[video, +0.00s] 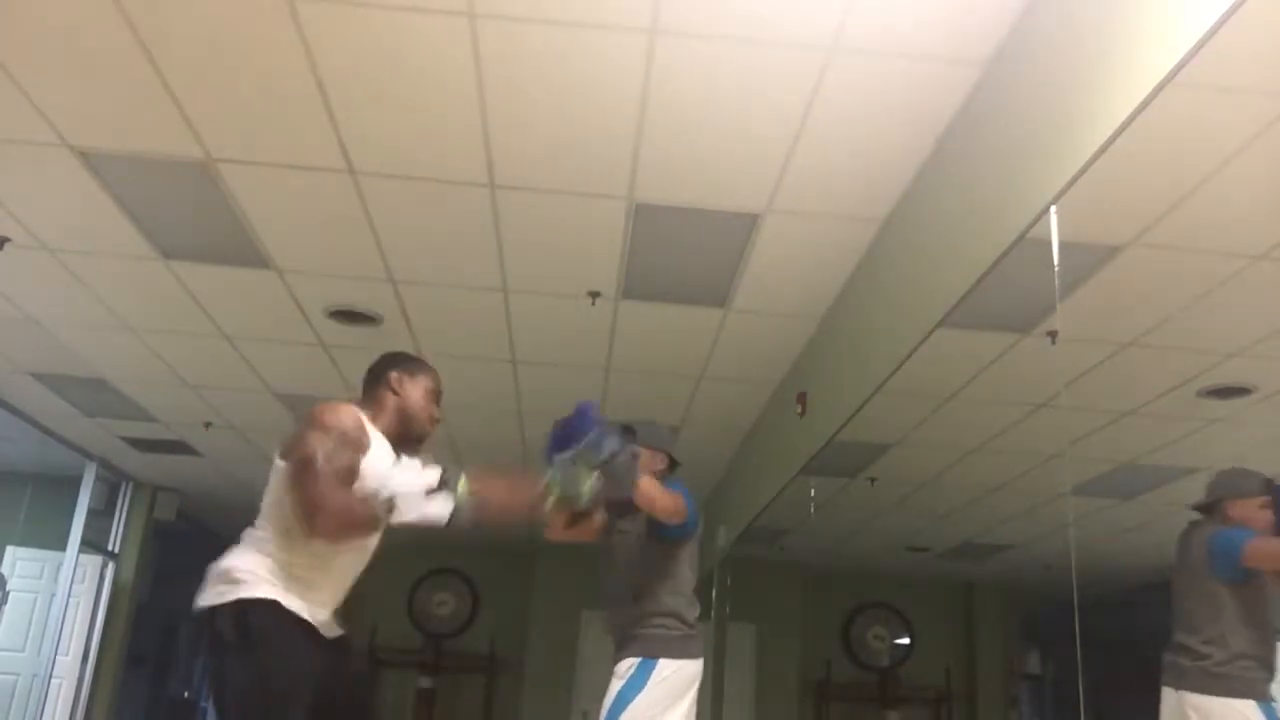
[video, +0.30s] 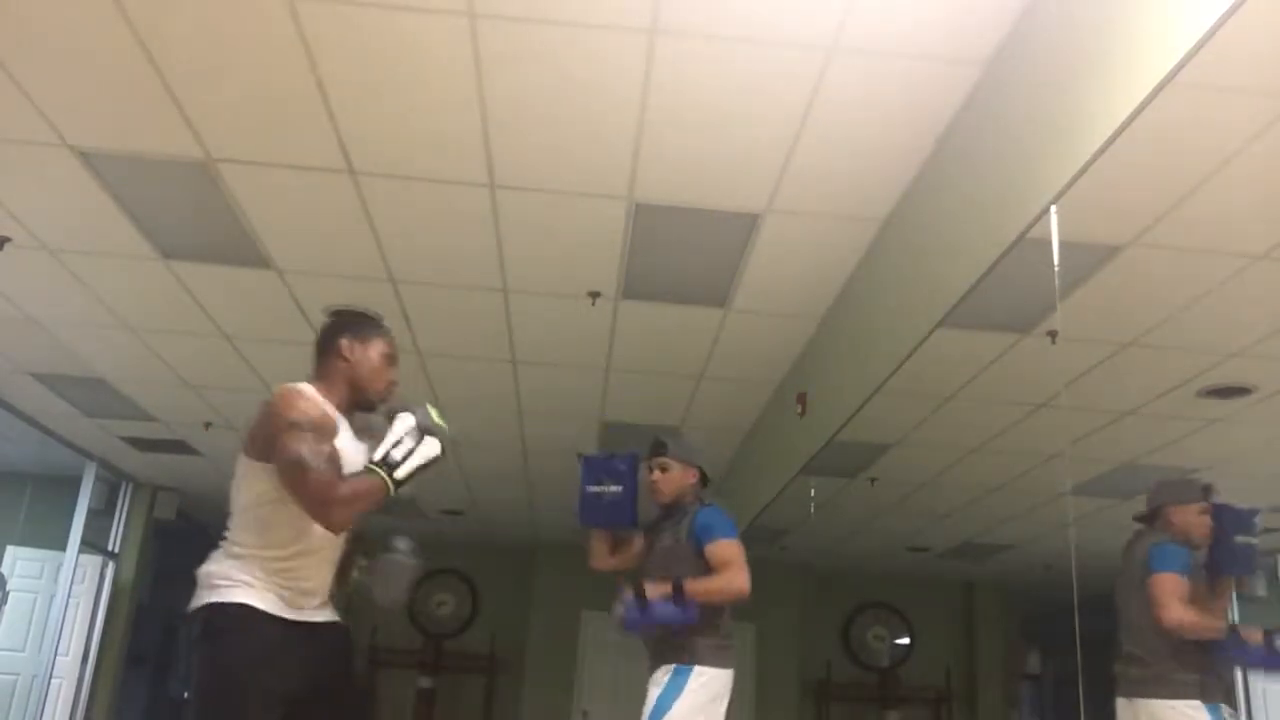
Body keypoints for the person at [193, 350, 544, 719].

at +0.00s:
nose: (438, 415)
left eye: (439, 403)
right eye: (432, 397)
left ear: (398, 389)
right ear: (395, 385)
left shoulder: (393, 467)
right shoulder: (339, 420)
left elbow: (473, 493)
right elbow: (323, 513)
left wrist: (555, 489)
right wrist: (397, 503)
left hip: (310, 620)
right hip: (256, 601)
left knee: (344, 699)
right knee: (280, 702)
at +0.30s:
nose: (393, 377)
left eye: (394, 364)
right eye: (388, 359)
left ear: (348, 352)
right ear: (346, 350)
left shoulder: (344, 435)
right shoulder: (296, 405)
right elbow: (333, 508)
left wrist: (363, 569)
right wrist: (389, 468)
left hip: (312, 615)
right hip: (247, 605)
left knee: (342, 709)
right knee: (241, 710)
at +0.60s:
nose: (357, 359)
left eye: (359, 346)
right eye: (353, 341)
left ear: (318, 333)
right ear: (317, 329)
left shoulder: (303, 409)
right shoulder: (261, 386)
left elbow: (279, 489)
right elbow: (253, 501)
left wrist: (338, 478)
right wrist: (322, 488)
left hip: (272, 593)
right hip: (215, 589)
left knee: (294, 709)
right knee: (202, 711)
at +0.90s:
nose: (380, 404)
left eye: (382, 392)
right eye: (376, 386)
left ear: (340, 377)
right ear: (339, 373)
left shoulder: (320, 462)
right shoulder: (276, 411)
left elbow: (288, 563)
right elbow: (307, 497)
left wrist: (363, 546)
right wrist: (371, 469)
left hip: (271, 605)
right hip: (219, 587)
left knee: (294, 709)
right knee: (211, 708)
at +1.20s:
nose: (375, 395)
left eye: (378, 383)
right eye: (371, 378)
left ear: (335, 370)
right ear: (333, 367)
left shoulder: (340, 453)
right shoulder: (273, 412)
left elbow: (313, 552)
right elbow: (264, 505)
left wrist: (385, 530)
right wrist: (340, 491)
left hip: (299, 612)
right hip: (238, 604)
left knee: (301, 711)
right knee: (228, 711)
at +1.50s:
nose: (338, 406)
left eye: (340, 395)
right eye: (333, 390)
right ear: (294, 380)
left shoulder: (311, 457)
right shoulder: (240, 444)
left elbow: (304, 535)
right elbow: (287, 538)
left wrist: (341, 534)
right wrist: (338, 488)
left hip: (287, 615)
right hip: (221, 613)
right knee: (216, 707)